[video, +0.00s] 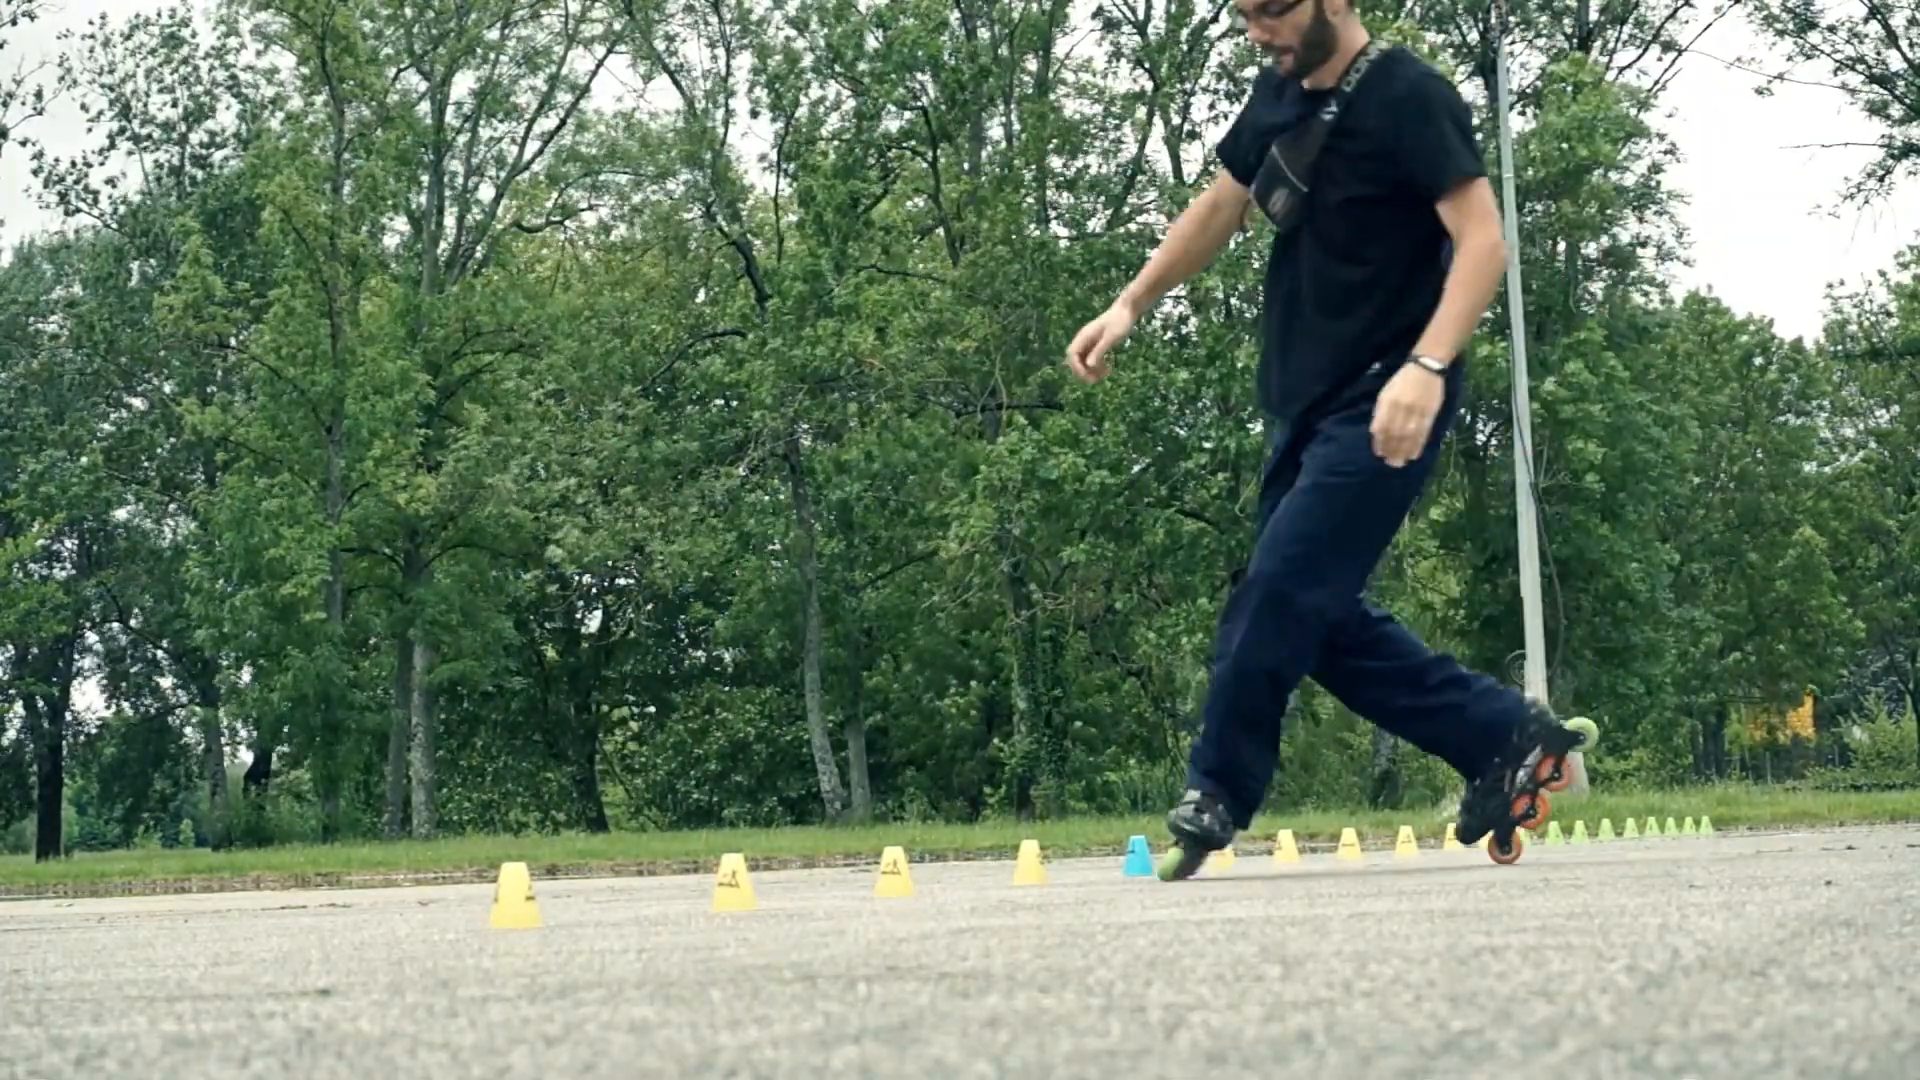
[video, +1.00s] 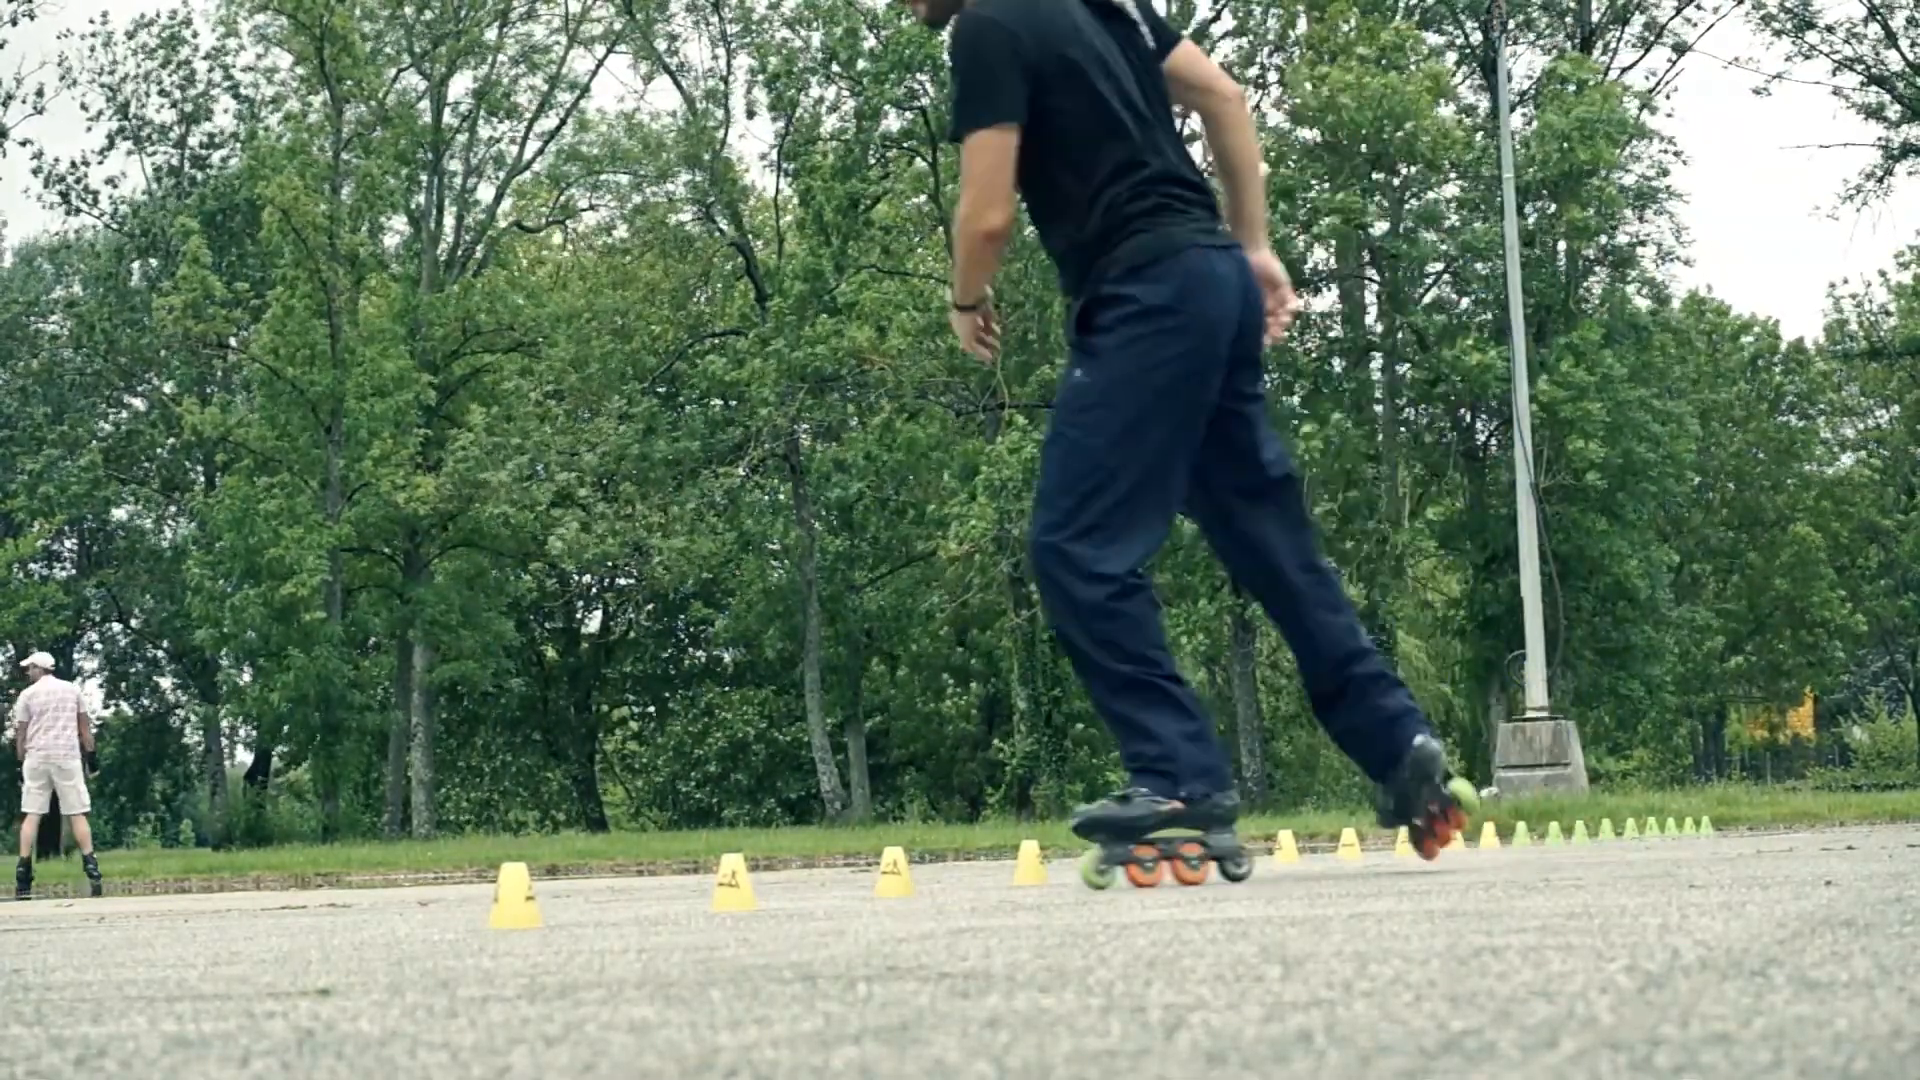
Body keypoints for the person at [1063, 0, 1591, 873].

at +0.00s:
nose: (1260, 33)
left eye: (1274, 14)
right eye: (1249, 19)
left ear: (1332, 1)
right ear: (1248, 16)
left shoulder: (1405, 90)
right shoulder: (1277, 96)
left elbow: (1483, 239)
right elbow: (1216, 208)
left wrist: (1429, 365)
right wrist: (1128, 306)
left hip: (1391, 394)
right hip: (1307, 410)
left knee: (1281, 584)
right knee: (1306, 611)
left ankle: (1217, 792)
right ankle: (1507, 740)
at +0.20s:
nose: (1197, 26)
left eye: (1206, 6)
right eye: (1191, 12)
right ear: (1255, 10)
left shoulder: (1343, 73)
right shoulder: (1282, 89)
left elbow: (1392, 239)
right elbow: (1290, 200)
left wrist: (1308, 374)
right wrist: (1227, 290)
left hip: (1399, 359)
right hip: (1377, 362)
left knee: (1294, 571)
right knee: (1376, 581)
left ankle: (1377, 803)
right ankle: (1541, 737)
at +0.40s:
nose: (1162, 27)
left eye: (1168, 5)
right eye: (1155, 12)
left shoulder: (1275, 70)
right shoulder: (1340, 49)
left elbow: (1328, 231)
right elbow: (1394, 213)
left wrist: (1273, 375)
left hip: (1407, 343)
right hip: (1469, 329)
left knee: (1413, 578)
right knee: (1351, 543)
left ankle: (1548, 794)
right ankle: (1448, 765)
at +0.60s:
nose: (1098, 41)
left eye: (1101, 17)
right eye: (1088, 26)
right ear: (1188, 2)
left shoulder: (1196, 66)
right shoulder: (1304, 44)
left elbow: (1244, 213)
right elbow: (1419, 157)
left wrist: (1211, 359)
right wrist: (1465, 277)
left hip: (1352, 310)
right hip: (1439, 292)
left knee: (1411, 555)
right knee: (1377, 562)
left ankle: (1567, 742)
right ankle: (1421, 789)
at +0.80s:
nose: (1016, 35)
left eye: (1016, 11)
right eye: (1008, 20)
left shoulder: (1107, 56)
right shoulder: (1237, 22)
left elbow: (1124, 227)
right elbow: (1361, 124)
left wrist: (1097, 367)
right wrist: (1380, 258)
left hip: (1284, 293)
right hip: (1376, 278)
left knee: (1234, 558)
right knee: (1387, 550)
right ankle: (1439, 775)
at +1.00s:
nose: (907, 6)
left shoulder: (986, 25)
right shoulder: (1101, 8)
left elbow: (987, 215)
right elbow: (1220, 94)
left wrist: (967, 301)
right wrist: (1252, 242)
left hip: (1152, 294)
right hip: (1221, 282)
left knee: (1076, 548)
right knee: (1269, 538)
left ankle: (1180, 777)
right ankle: (1395, 743)